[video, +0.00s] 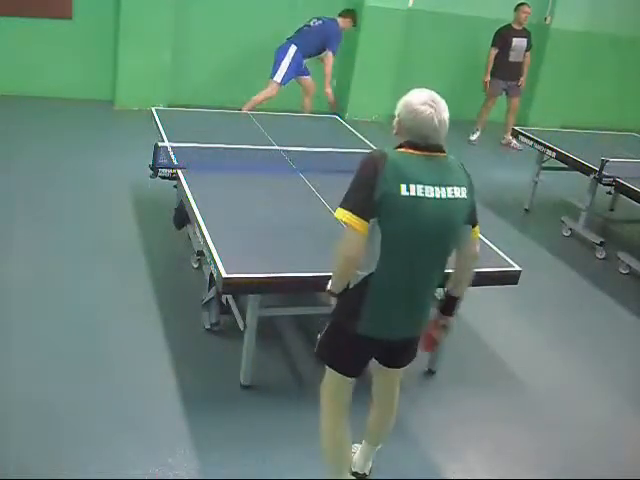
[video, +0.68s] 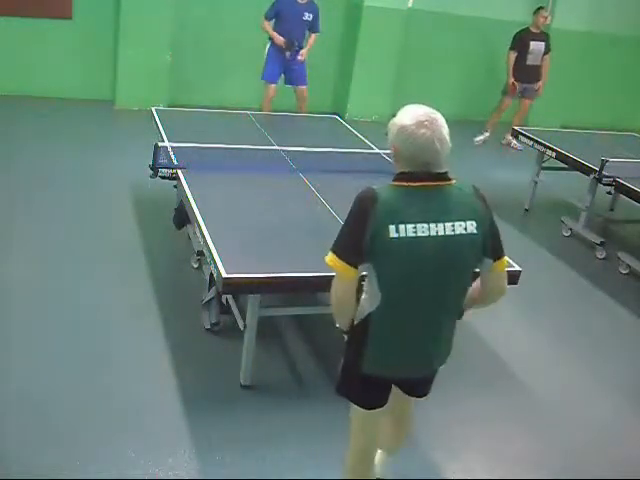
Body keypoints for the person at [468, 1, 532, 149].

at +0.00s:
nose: (526, 17)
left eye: (528, 14)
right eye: (524, 13)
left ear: (529, 16)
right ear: (516, 13)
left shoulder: (527, 35)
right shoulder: (502, 31)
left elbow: (526, 56)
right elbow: (492, 53)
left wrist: (523, 76)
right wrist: (487, 75)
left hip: (515, 77)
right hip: (498, 76)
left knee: (513, 107)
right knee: (488, 104)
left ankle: (508, 136)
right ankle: (477, 129)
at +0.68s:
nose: (545, 20)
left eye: (547, 18)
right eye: (543, 17)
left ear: (547, 20)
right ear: (535, 17)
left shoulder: (545, 37)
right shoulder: (521, 34)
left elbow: (545, 59)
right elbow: (512, 56)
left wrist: (542, 80)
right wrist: (510, 77)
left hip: (533, 80)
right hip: (517, 79)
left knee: (524, 109)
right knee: (503, 106)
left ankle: (510, 136)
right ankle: (487, 131)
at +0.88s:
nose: (549, 22)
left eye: (551, 19)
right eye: (546, 18)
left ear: (552, 21)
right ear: (539, 18)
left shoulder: (549, 38)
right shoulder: (525, 35)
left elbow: (550, 60)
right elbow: (514, 55)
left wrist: (548, 80)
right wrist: (512, 77)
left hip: (536, 81)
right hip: (520, 78)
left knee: (525, 110)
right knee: (512, 109)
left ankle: (511, 136)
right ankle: (501, 136)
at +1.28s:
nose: (554, 24)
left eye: (556, 21)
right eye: (551, 20)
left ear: (557, 23)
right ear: (543, 21)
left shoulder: (553, 40)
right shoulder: (532, 39)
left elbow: (554, 61)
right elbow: (522, 61)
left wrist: (553, 80)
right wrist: (527, 80)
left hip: (543, 80)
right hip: (530, 79)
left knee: (531, 108)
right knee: (526, 109)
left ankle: (516, 133)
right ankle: (518, 141)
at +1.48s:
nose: (555, 24)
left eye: (557, 21)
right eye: (552, 20)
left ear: (559, 22)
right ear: (545, 21)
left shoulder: (555, 40)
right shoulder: (534, 40)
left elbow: (556, 61)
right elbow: (528, 63)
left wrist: (555, 80)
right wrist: (544, 80)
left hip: (547, 76)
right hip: (534, 76)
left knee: (534, 114)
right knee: (529, 114)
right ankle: (522, 140)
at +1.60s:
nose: (557, 24)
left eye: (559, 21)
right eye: (554, 21)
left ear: (560, 23)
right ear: (546, 22)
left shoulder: (556, 41)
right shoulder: (536, 40)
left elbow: (557, 62)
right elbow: (531, 64)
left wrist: (558, 79)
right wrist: (551, 78)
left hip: (547, 84)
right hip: (532, 84)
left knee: (544, 117)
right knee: (530, 118)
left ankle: (540, 148)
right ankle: (519, 145)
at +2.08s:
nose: (571, 30)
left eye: (573, 27)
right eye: (569, 26)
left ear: (574, 28)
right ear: (561, 27)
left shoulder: (574, 47)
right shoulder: (548, 44)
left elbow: (576, 68)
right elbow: (537, 66)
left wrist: (575, 89)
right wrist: (548, 83)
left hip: (562, 91)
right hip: (544, 89)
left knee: (558, 126)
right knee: (533, 121)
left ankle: (549, 154)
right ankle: (522, 144)